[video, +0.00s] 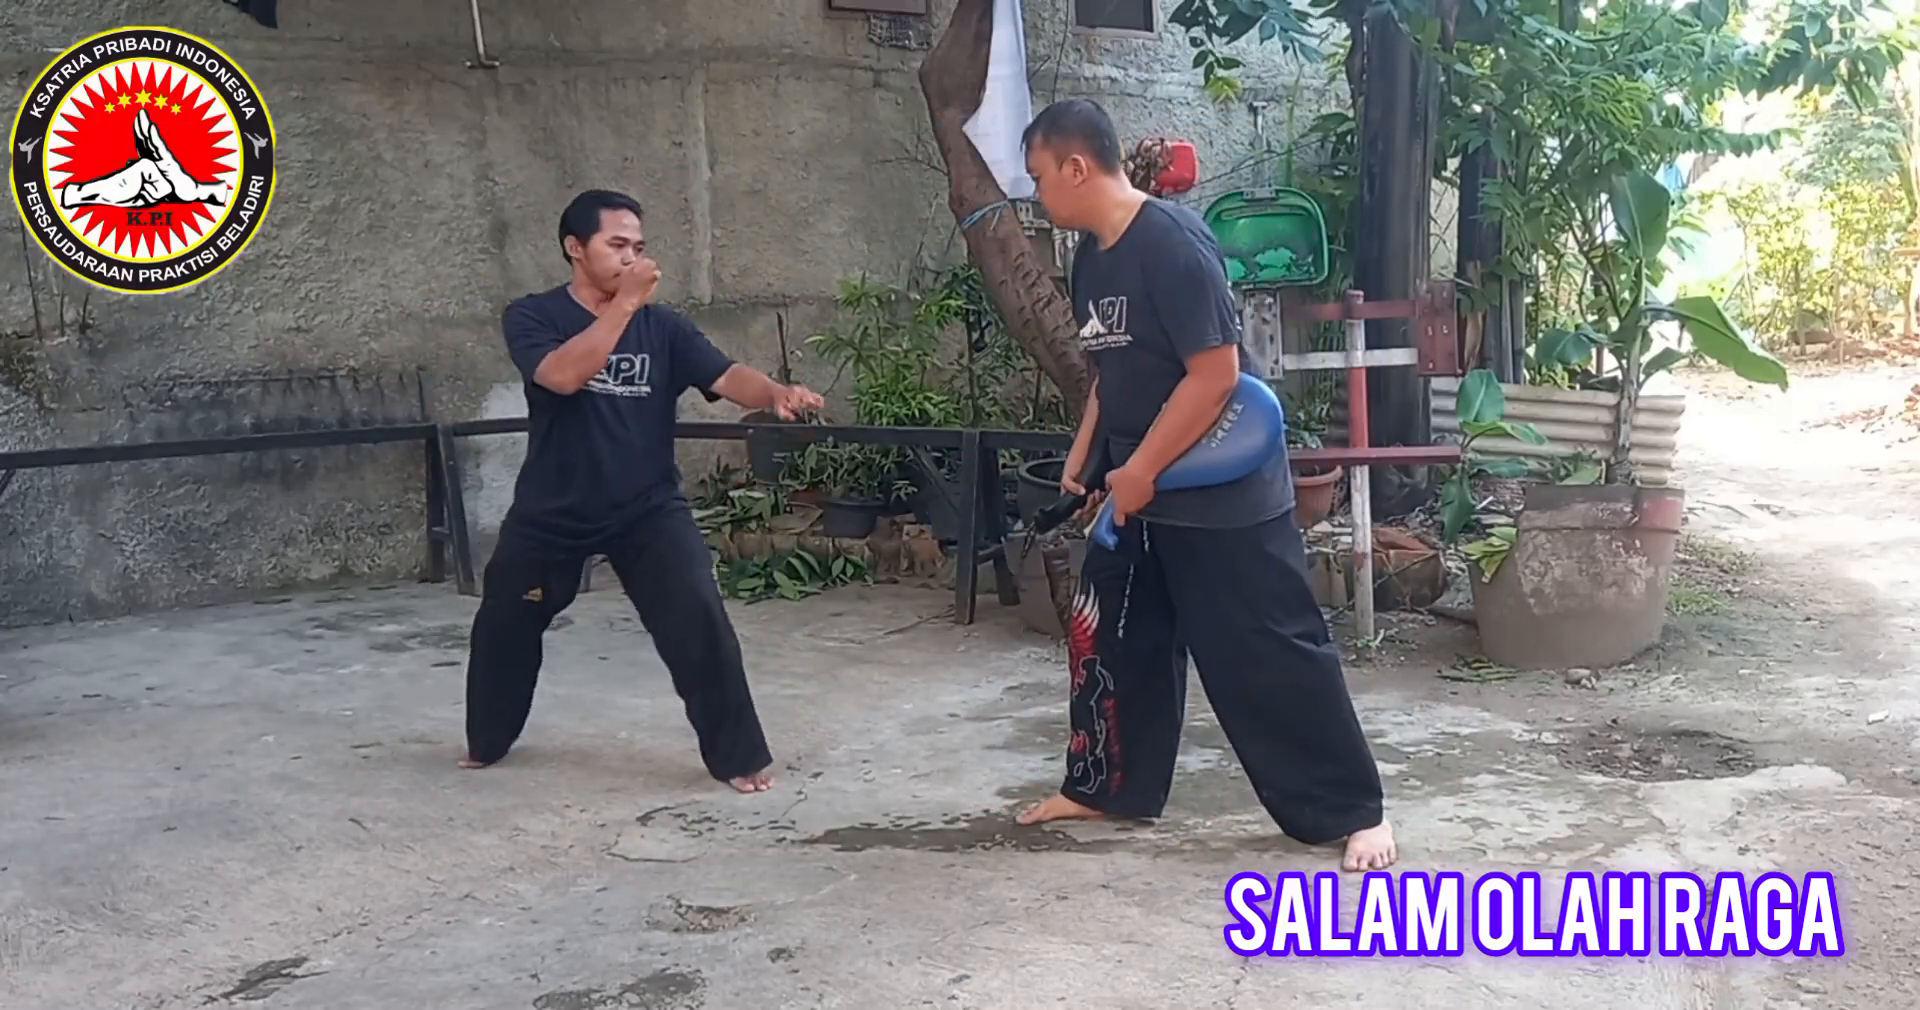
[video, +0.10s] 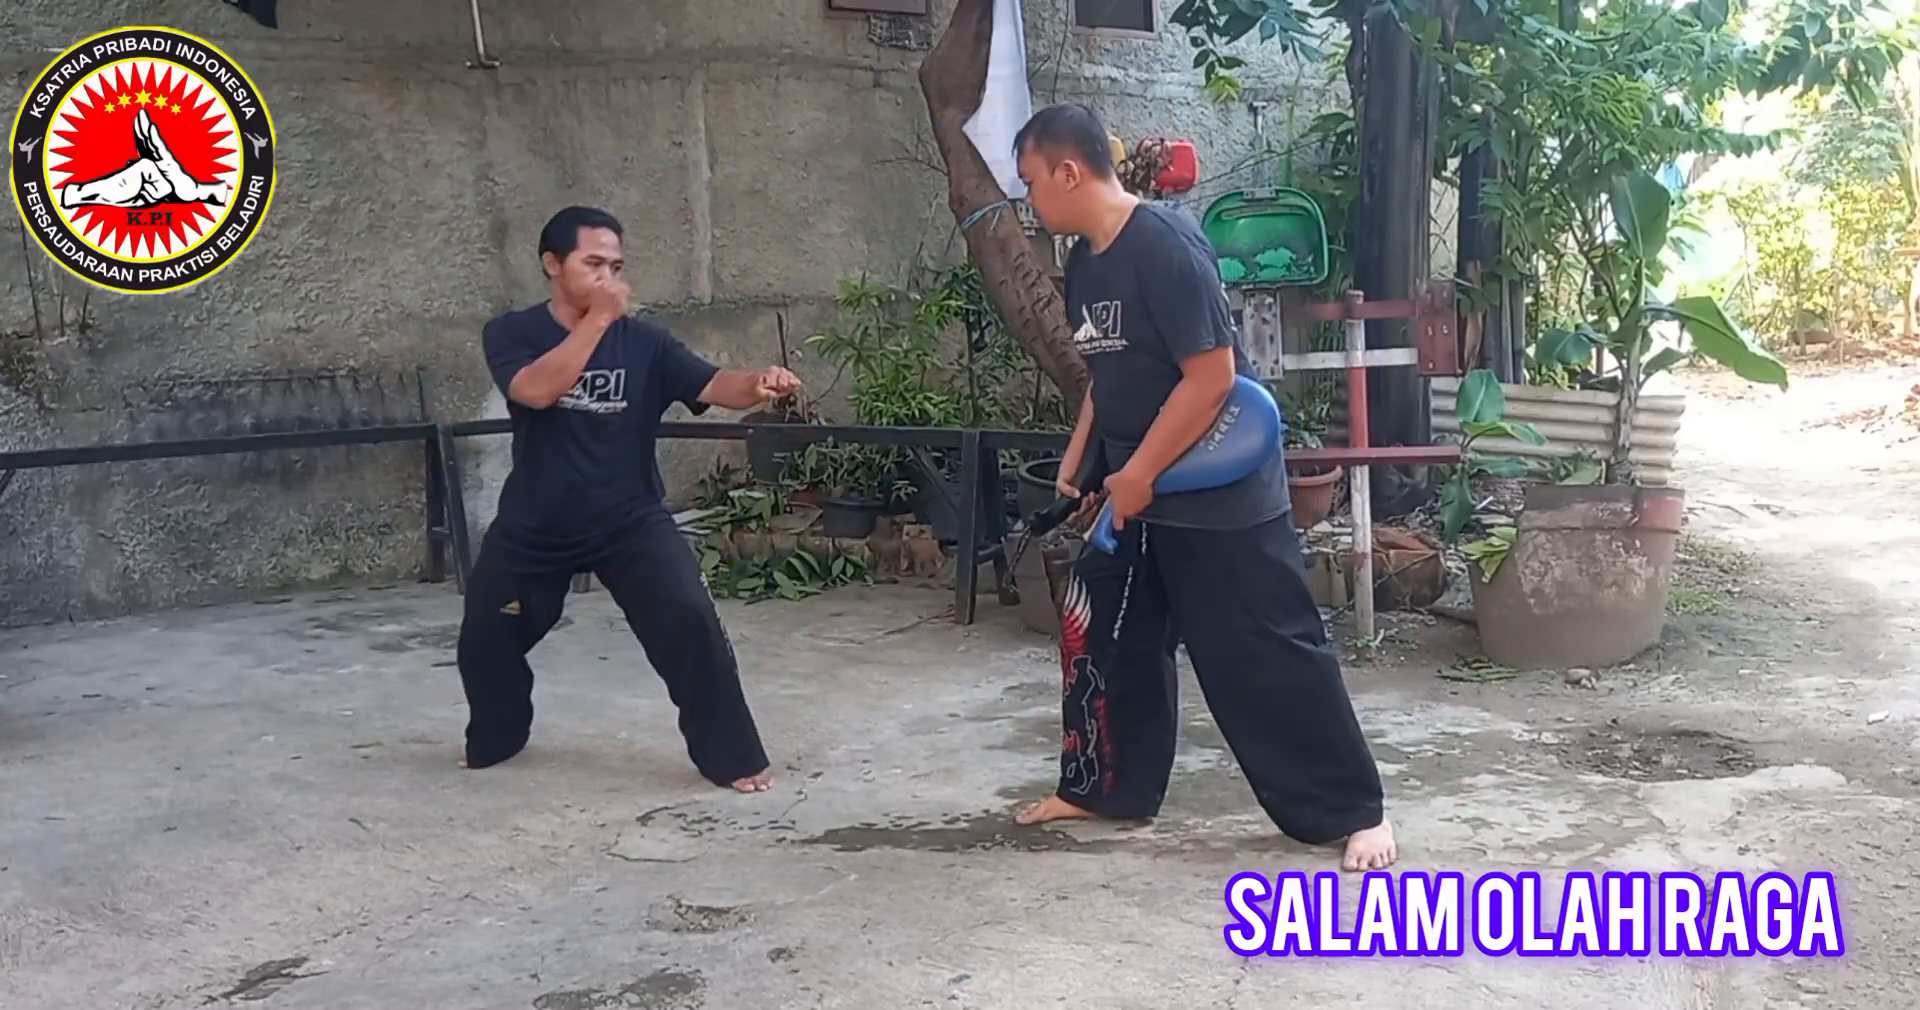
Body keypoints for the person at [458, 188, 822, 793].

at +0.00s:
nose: (633, 256)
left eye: (639, 245)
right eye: (619, 244)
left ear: (644, 252)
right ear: (575, 248)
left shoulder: (661, 325)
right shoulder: (531, 316)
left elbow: (725, 375)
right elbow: (561, 375)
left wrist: (775, 393)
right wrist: (624, 303)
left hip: (648, 507)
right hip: (553, 510)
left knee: (698, 619)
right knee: (502, 625)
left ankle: (738, 755)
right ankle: (486, 738)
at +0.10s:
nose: (610, 275)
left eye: (616, 265)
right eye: (596, 262)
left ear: (622, 270)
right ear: (553, 265)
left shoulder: (644, 342)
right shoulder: (512, 332)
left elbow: (711, 384)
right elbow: (534, 390)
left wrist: (758, 383)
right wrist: (598, 321)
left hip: (632, 521)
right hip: (535, 525)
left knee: (689, 619)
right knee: (484, 638)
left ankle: (732, 756)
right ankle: (493, 739)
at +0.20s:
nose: (593, 277)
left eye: (600, 267)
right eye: (578, 265)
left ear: (608, 273)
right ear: (539, 272)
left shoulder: (635, 346)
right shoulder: (503, 340)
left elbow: (706, 393)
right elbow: (513, 398)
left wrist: (747, 386)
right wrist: (577, 330)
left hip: (625, 523)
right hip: (528, 527)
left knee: (680, 617)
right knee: (475, 636)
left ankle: (730, 758)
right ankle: (492, 739)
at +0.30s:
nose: (595, 266)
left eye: (602, 256)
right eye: (580, 255)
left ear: (611, 262)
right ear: (542, 261)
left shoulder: (638, 337)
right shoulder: (505, 327)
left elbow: (710, 389)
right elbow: (512, 387)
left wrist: (742, 372)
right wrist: (577, 320)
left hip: (625, 514)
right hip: (530, 518)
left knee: (682, 612)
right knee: (481, 630)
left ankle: (729, 755)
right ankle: (493, 740)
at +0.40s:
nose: (613, 266)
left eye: (619, 257)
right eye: (598, 255)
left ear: (627, 263)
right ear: (558, 262)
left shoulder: (651, 338)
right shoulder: (520, 332)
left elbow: (721, 386)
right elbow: (538, 391)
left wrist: (762, 375)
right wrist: (601, 321)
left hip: (646, 516)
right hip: (549, 520)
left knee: (707, 613)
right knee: (492, 636)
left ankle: (728, 759)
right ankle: (491, 747)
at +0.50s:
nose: (630, 257)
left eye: (632, 249)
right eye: (612, 250)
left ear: (640, 261)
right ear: (574, 271)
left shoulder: (675, 341)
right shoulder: (559, 340)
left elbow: (746, 394)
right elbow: (605, 383)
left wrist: (735, 343)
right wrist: (627, 301)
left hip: (677, 523)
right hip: (583, 528)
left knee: (732, 616)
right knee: (530, 639)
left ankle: (731, 759)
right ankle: (484, 742)